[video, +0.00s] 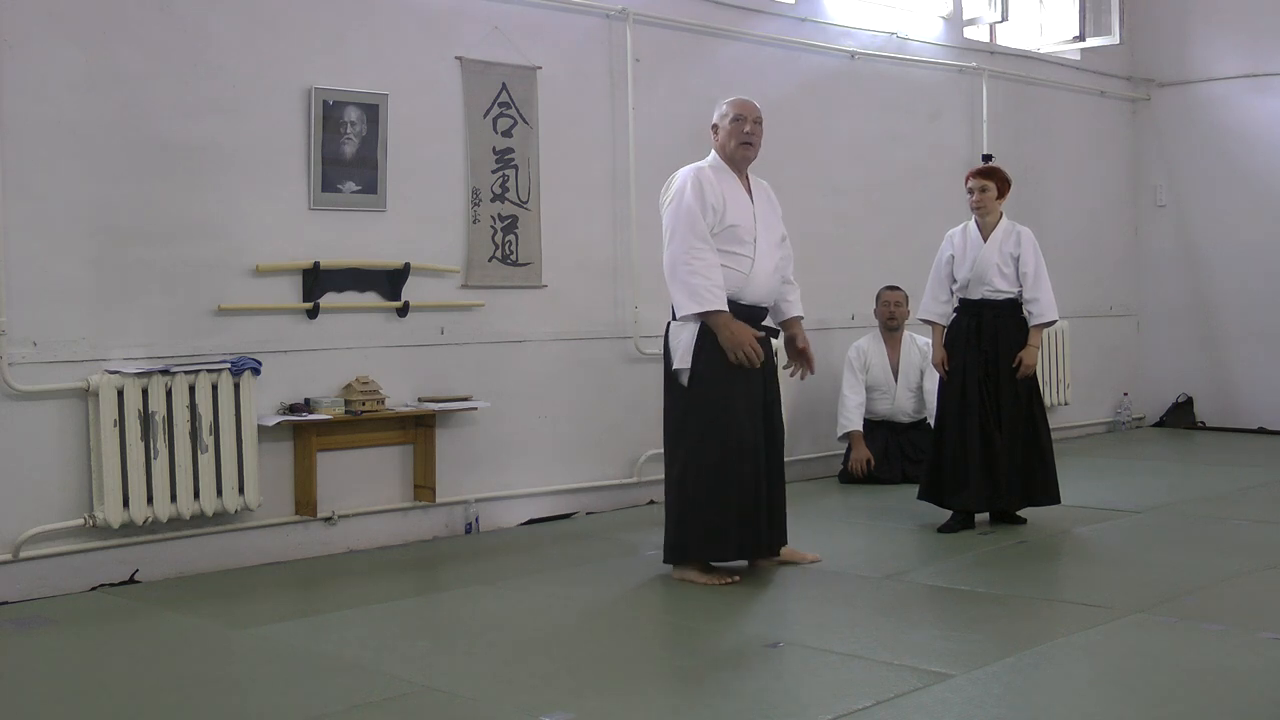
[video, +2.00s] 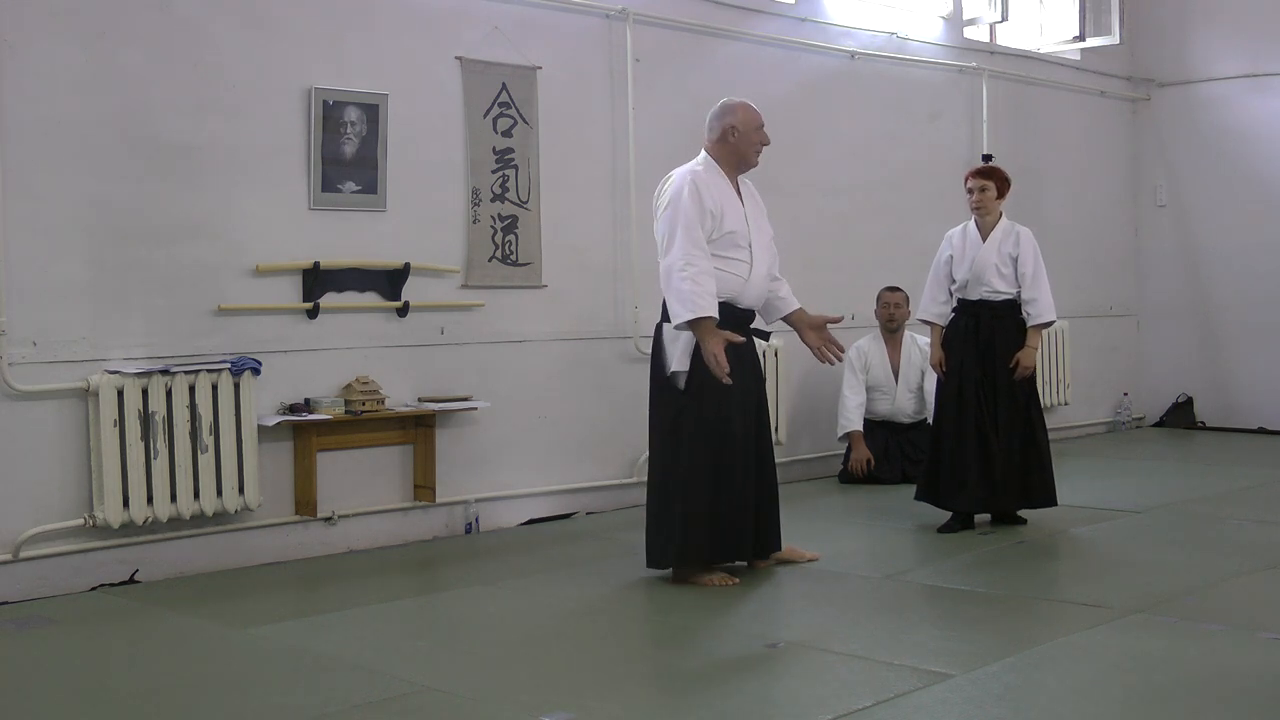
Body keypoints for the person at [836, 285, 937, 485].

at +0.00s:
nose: (892, 310)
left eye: (898, 305)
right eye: (886, 305)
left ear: (908, 313)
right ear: (875, 312)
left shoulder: (925, 348)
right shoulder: (860, 350)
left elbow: (935, 396)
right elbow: (851, 397)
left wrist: (944, 436)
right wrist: (857, 442)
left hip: (916, 430)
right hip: (874, 431)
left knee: (937, 472)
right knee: (855, 472)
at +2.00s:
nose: (891, 312)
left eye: (898, 306)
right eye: (885, 306)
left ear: (908, 313)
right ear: (876, 313)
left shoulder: (926, 348)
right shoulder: (860, 351)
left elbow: (934, 396)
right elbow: (851, 398)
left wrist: (941, 435)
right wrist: (857, 442)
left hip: (916, 430)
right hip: (875, 430)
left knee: (934, 473)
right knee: (855, 472)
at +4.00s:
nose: (890, 318)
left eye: (897, 312)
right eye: (885, 312)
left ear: (908, 316)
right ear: (876, 314)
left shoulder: (926, 349)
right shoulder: (861, 351)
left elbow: (936, 397)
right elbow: (852, 398)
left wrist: (945, 438)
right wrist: (857, 443)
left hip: (916, 430)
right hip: (874, 431)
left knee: (935, 470)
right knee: (856, 471)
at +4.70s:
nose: (894, 316)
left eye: (899, 309)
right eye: (888, 309)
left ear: (908, 313)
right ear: (878, 314)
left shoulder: (914, 345)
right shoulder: (863, 347)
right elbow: (852, 394)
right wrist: (857, 441)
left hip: (908, 424)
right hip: (873, 425)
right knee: (853, 471)